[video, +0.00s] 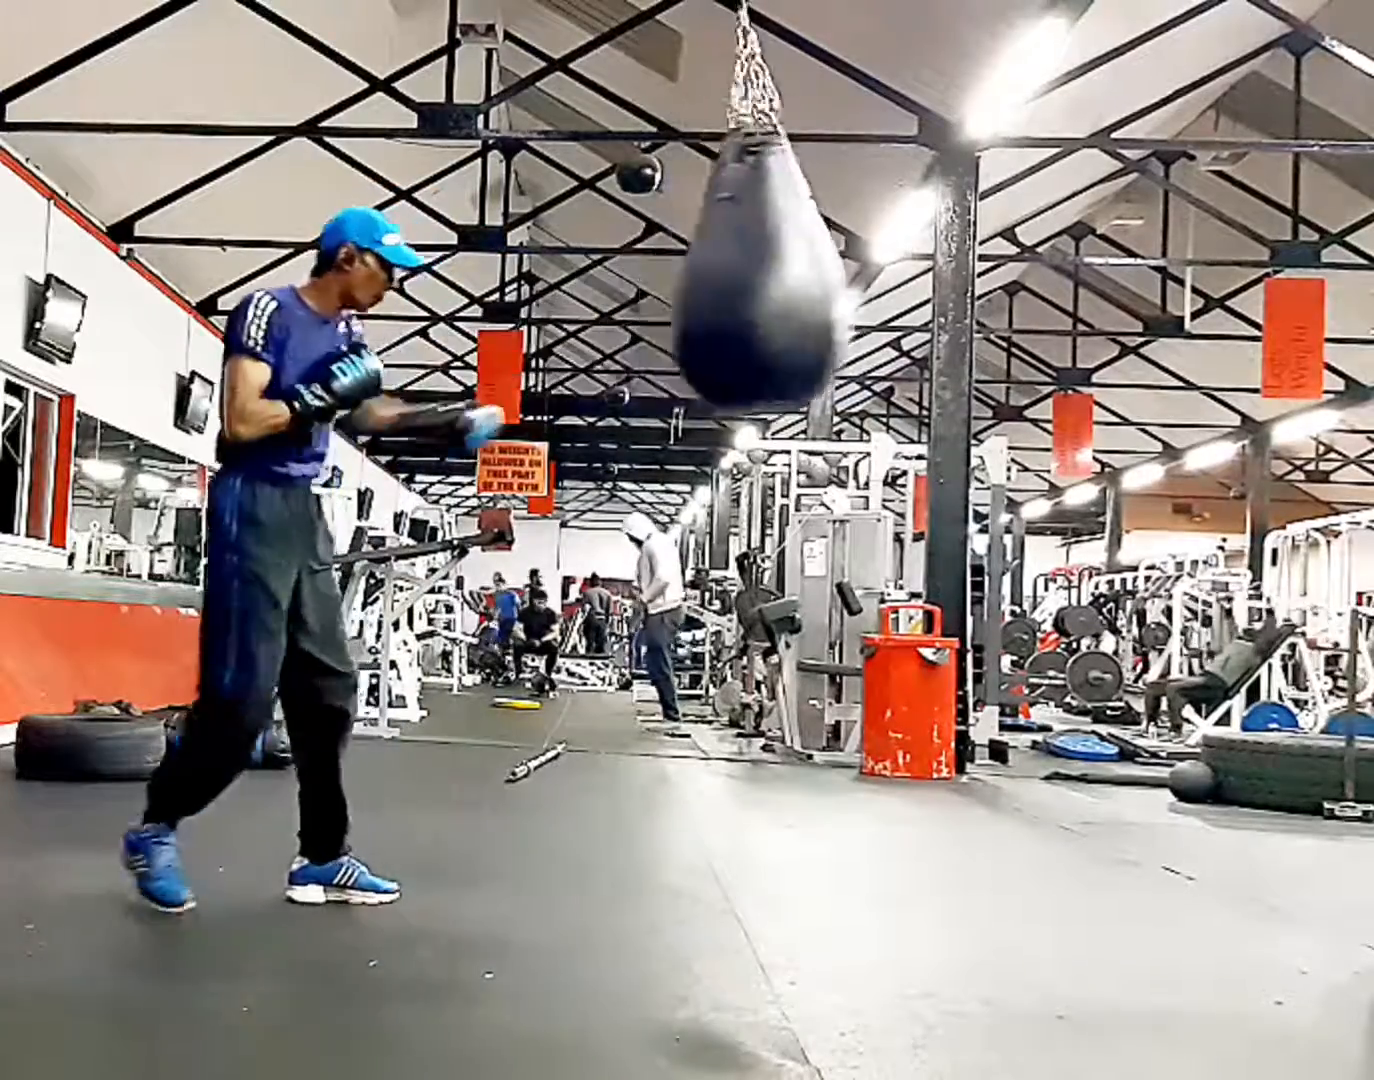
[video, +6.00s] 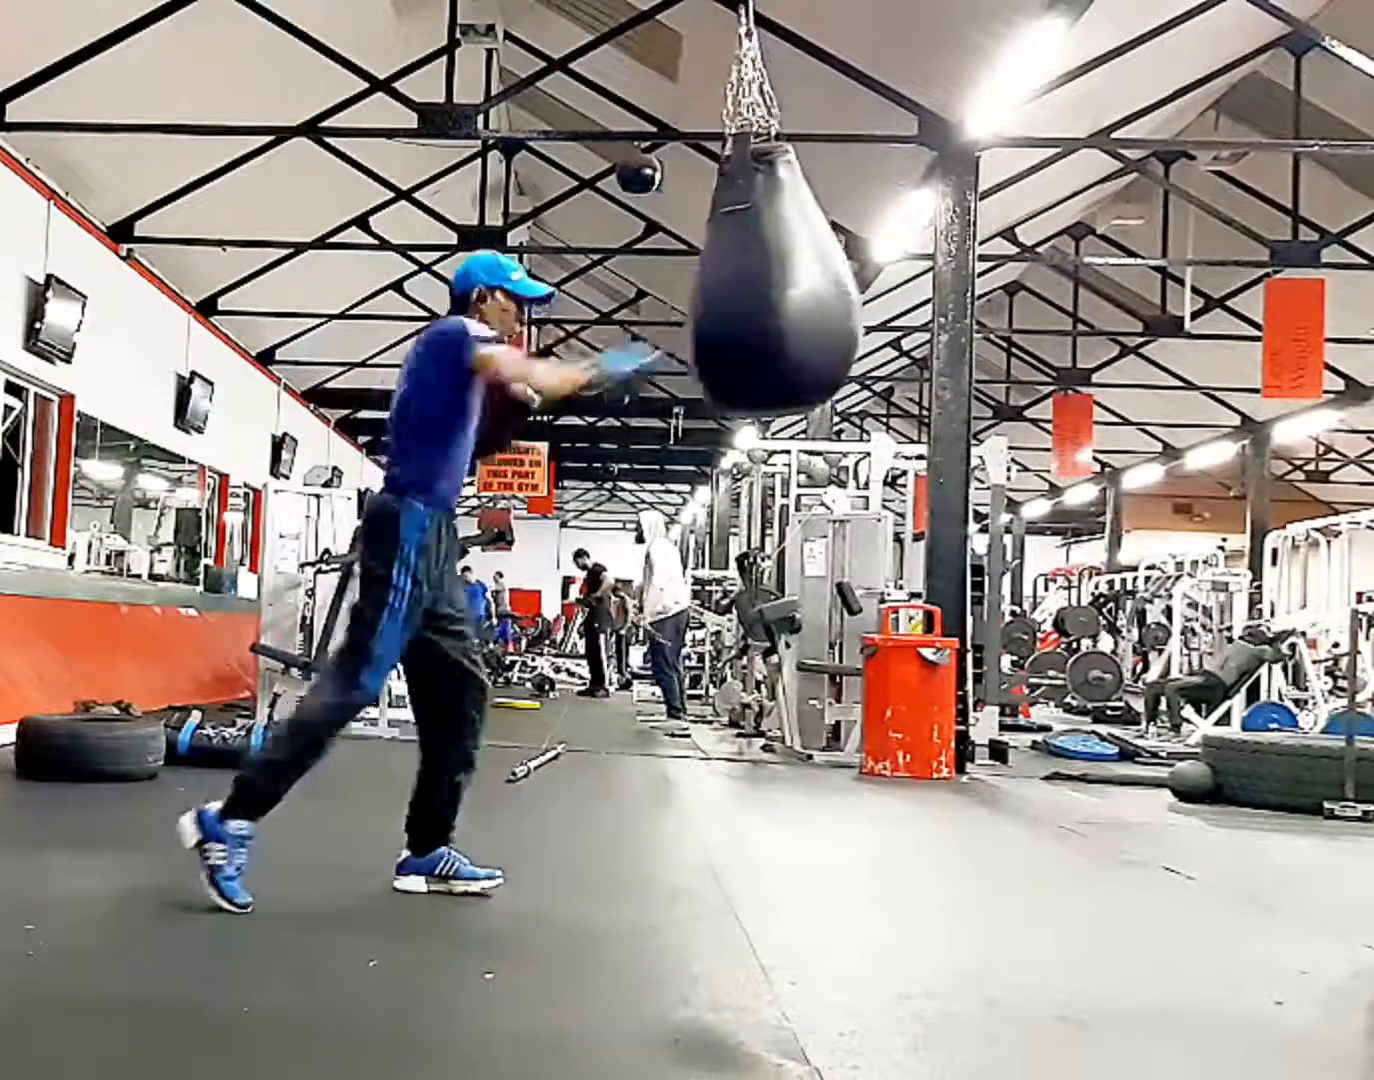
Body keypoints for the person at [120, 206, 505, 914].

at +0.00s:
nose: (390, 287)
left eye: (393, 276)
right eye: (385, 272)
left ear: (358, 267)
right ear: (349, 260)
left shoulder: (345, 337)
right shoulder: (266, 309)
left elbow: (372, 415)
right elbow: (239, 422)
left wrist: (452, 422)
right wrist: (324, 398)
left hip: (303, 513)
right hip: (251, 510)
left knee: (325, 692)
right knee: (242, 700)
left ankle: (323, 858)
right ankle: (153, 828)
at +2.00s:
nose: (365, 309)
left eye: (369, 297)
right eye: (359, 293)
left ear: (337, 292)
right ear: (324, 282)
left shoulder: (328, 364)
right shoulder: (261, 335)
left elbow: (327, 448)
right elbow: (238, 432)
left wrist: (376, 440)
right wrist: (319, 419)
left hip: (306, 533)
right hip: (261, 530)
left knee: (346, 680)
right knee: (235, 692)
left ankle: (269, 814)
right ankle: (166, 829)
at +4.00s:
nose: (362, 300)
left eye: (364, 290)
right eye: (354, 287)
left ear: (330, 287)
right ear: (315, 280)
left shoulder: (333, 361)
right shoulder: (247, 344)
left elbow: (346, 435)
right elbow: (232, 450)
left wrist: (377, 425)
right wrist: (311, 430)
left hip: (318, 538)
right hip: (259, 540)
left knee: (358, 688)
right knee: (218, 694)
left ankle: (347, 837)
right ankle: (137, 838)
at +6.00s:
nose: (522, 318)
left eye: (523, 308)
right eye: (515, 304)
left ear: (483, 304)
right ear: (484, 299)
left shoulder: (464, 354)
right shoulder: (455, 336)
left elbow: (471, 440)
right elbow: (538, 377)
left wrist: (525, 394)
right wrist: (599, 368)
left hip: (436, 533)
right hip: (406, 526)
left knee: (458, 695)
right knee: (353, 684)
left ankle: (427, 851)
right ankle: (227, 821)